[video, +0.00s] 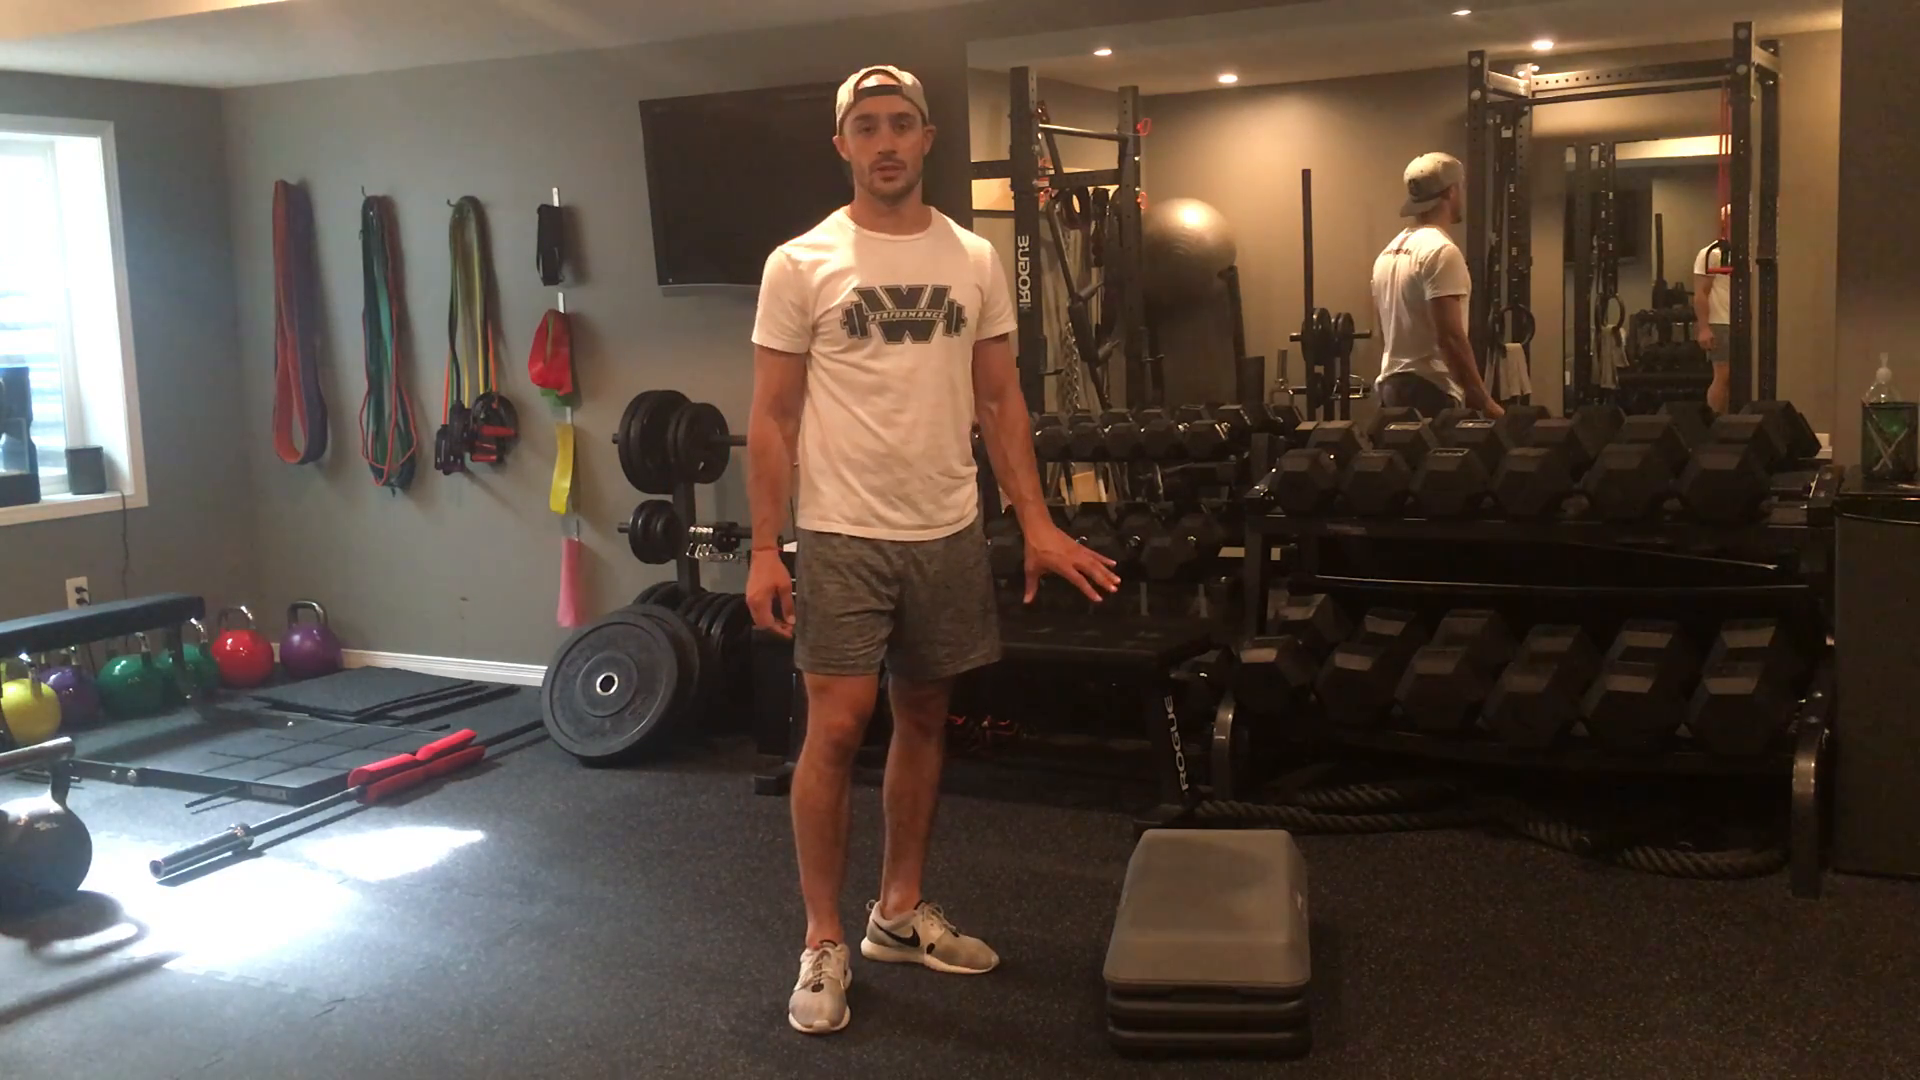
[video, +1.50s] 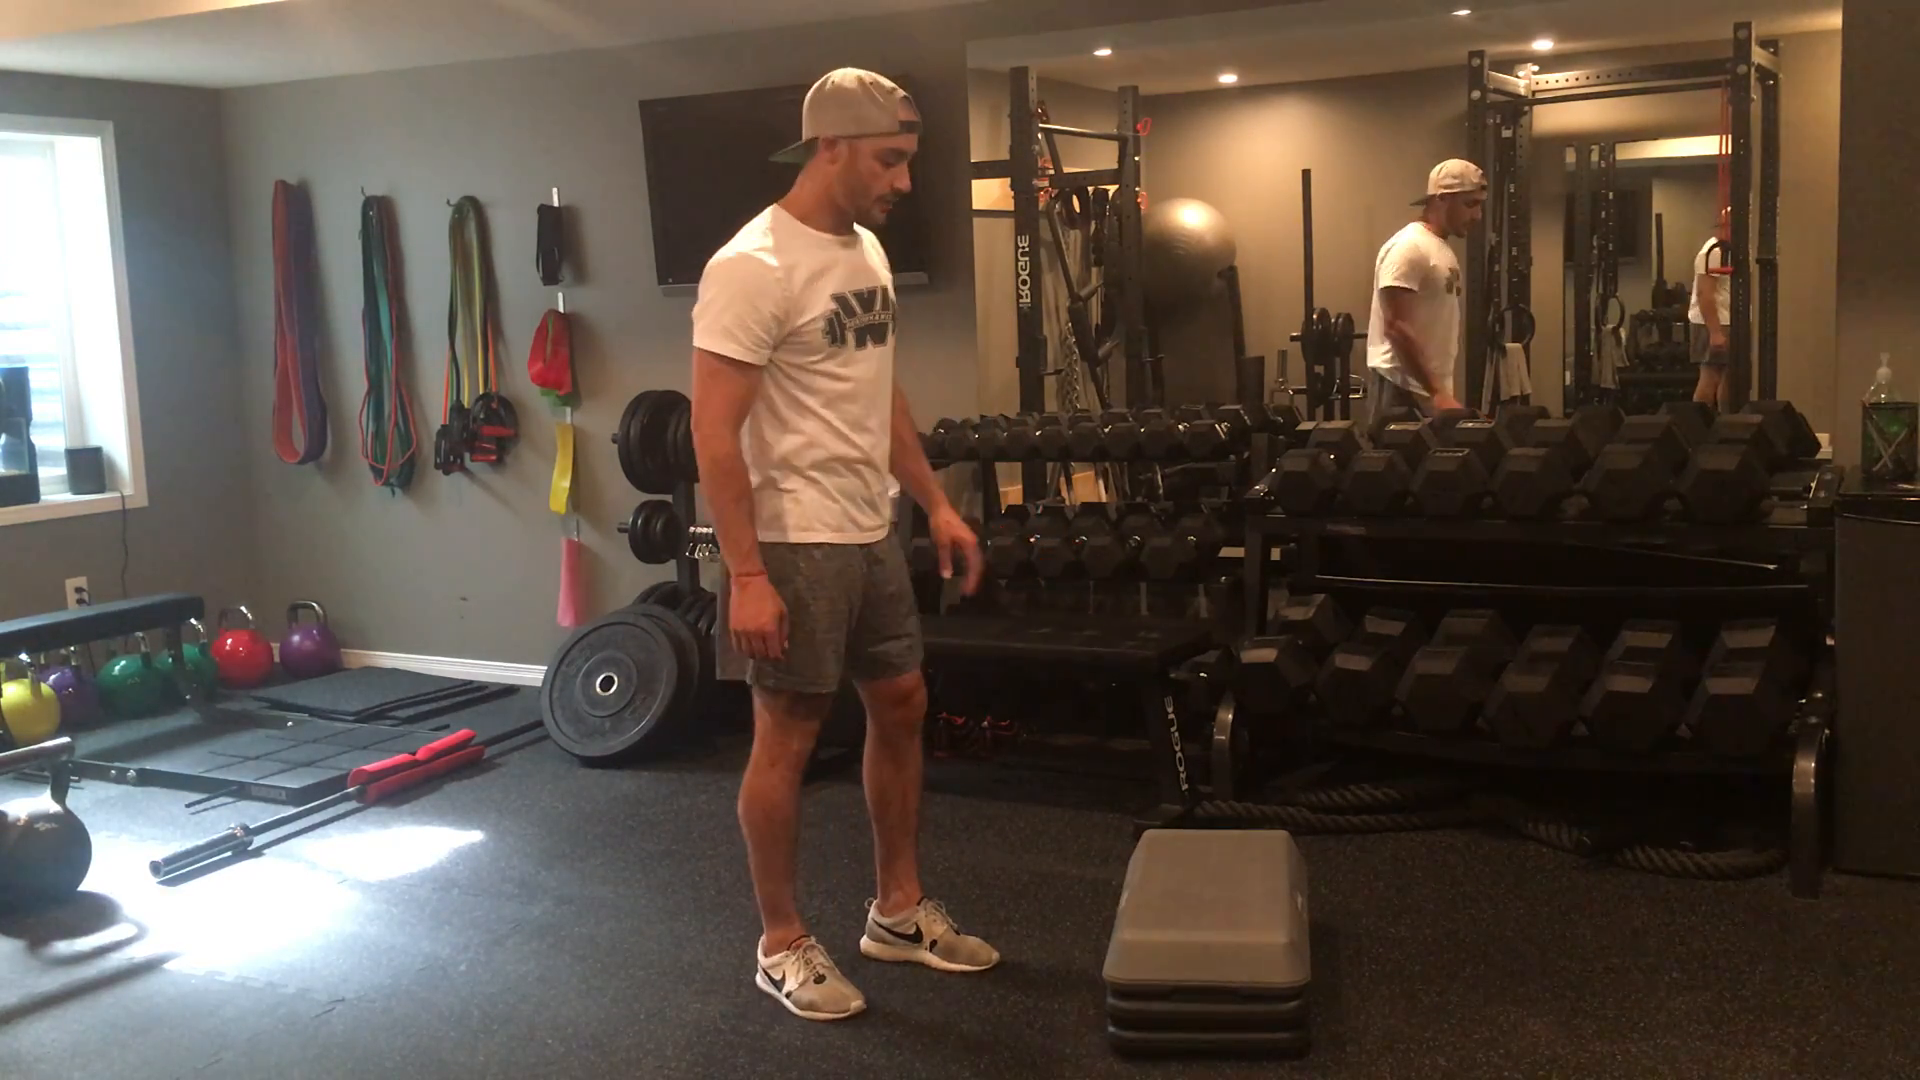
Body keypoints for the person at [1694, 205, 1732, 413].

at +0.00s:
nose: (1733, 223)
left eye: (1736, 217)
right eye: (1730, 217)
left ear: (1743, 220)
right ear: (1723, 221)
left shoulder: (1748, 253)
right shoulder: (1710, 254)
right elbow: (1701, 293)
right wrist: (1704, 327)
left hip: (1745, 325)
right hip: (1721, 324)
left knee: (1740, 378)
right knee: (1722, 377)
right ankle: (1715, 424)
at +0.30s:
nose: (1734, 224)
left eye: (1737, 218)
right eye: (1731, 218)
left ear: (1742, 221)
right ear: (1723, 222)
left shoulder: (1748, 253)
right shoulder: (1709, 254)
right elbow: (1701, 293)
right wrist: (1703, 327)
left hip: (1745, 324)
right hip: (1721, 324)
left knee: (1739, 377)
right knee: (1722, 377)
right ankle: (1716, 423)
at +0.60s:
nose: (1735, 226)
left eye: (1738, 221)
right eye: (1731, 221)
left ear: (1744, 223)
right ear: (1724, 222)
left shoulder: (1748, 253)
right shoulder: (1709, 254)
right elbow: (1700, 292)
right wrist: (1702, 326)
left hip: (1745, 324)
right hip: (1720, 324)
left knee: (1740, 378)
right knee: (1723, 377)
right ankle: (1715, 423)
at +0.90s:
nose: (1737, 225)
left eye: (1739, 219)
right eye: (1733, 219)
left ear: (1744, 222)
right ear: (1725, 222)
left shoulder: (1746, 252)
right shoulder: (1709, 252)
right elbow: (1698, 291)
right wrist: (1701, 326)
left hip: (1741, 323)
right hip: (1720, 323)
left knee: (1732, 378)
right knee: (1725, 377)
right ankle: (1701, 421)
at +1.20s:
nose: (1736, 226)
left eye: (1737, 220)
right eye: (1732, 220)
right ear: (1723, 222)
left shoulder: (1737, 251)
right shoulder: (1705, 253)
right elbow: (1698, 295)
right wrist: (1708, 329)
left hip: (1736, 325)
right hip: (1720, 325)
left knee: (1730, 383)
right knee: (1719, 381)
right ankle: (1698, 424)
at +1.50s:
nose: (1737, 228)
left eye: (1737, 223)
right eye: (1735, 223)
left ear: (1724, 222)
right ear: (1727, 222)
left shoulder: (1727, 251)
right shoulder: (1714, 250)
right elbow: (1705, 294)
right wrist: (1715, 330)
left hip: (1725, 322)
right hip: (1711, 324)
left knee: (1728, 379)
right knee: (1709, 379)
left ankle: (1727, 424)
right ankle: (1698, 424)